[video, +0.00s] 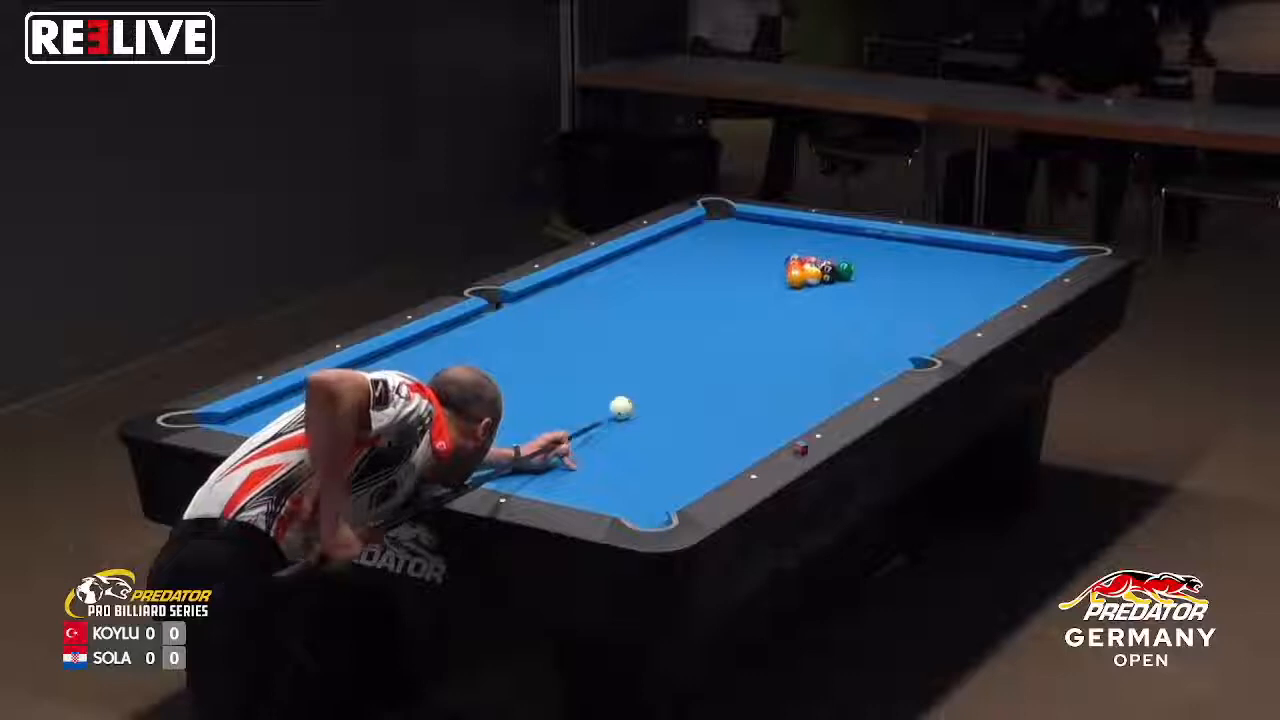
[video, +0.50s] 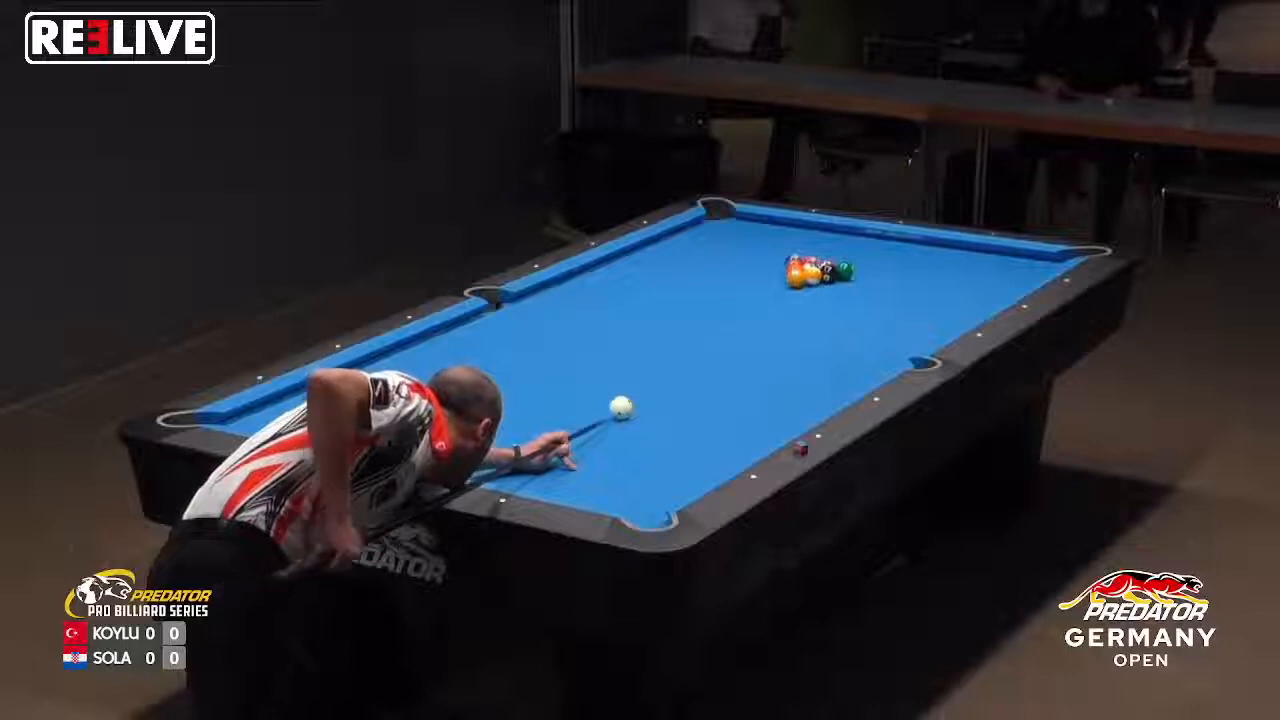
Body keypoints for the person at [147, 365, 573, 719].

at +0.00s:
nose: (489, 445)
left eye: (490, 437)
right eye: (492, 434)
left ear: (444, 408)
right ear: (483, 426)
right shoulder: (412, 399)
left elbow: (453, 457)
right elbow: (329, 388)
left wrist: (519, 458)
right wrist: (331, 524)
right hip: (227, 559)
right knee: (241, 704)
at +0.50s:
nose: (490, 445)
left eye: (492, 436)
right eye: (493, 434)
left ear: (443, 407)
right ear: (483, 426)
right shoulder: (412, 399)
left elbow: (455, 456)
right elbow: (330, 386)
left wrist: (519, 458)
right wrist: (337, 518)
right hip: (228, 558)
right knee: (240, 704)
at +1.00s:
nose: (490, 446)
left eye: (492, 438)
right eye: (494, 435)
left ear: (444, 408)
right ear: (484, 426)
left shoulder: (420, 455)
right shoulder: (412, 400)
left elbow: (453, 460)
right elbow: (329, 385)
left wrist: (519, 458)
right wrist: (301, 515)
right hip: (224, 555)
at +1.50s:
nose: (490, 447)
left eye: (493, 439)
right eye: (494, 435)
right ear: (485, 428)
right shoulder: (414, 399)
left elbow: (453, 459)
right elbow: (331, 388)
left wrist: (519, 458)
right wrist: (352, 505)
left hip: (189, 554)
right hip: (232, 558)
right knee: (246, 701)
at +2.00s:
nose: (489, 445)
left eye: (491, 436)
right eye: (493, 432)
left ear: (436, 400)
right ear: (483, 426)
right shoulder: (413, 402)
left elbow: (450, 461)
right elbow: (331, 389)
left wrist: (519, 458)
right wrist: (348, 508)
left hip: (187, 555)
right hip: (234, 559)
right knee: (243, 701)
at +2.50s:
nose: (484, 374)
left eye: (487, 362)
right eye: (487, 361)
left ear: (419, 336)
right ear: (474, 358)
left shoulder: (370, 365)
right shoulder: (404, 384)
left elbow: (415, 449)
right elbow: (392, 513)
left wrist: (510, 452)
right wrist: (427, 487)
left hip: (198, 538)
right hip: (248, 548)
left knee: (242, 694)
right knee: (274, 697)